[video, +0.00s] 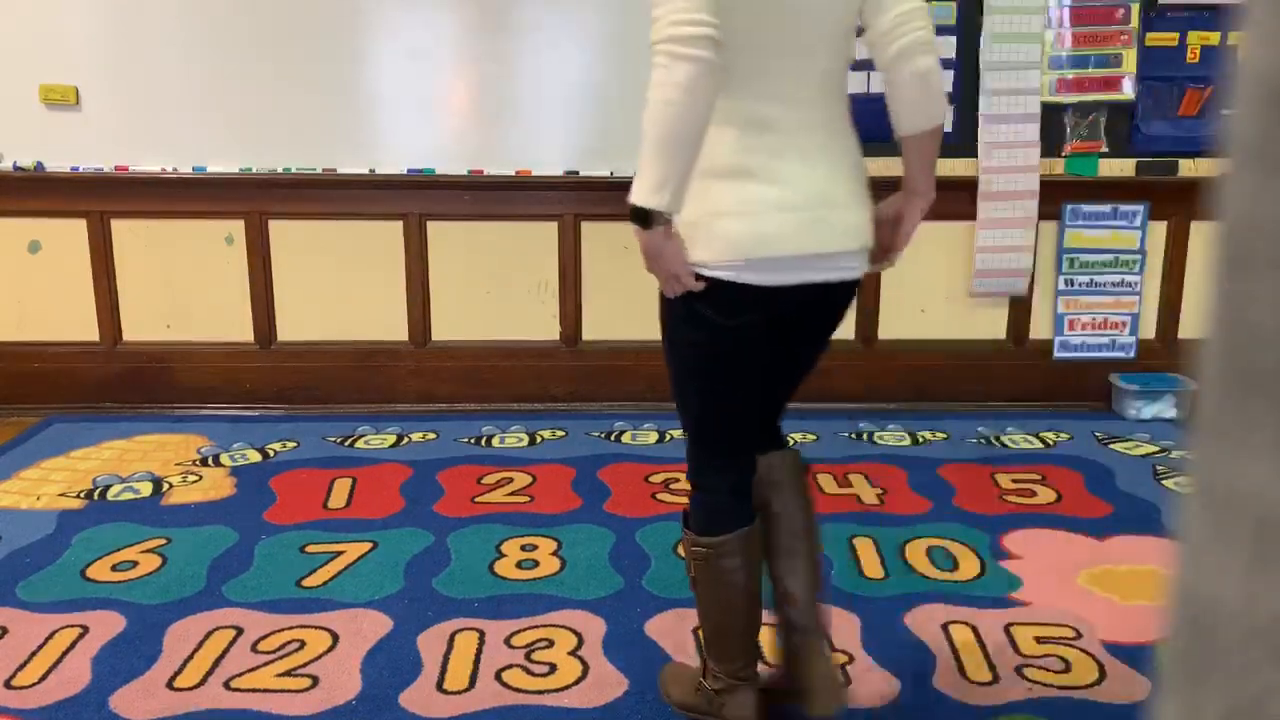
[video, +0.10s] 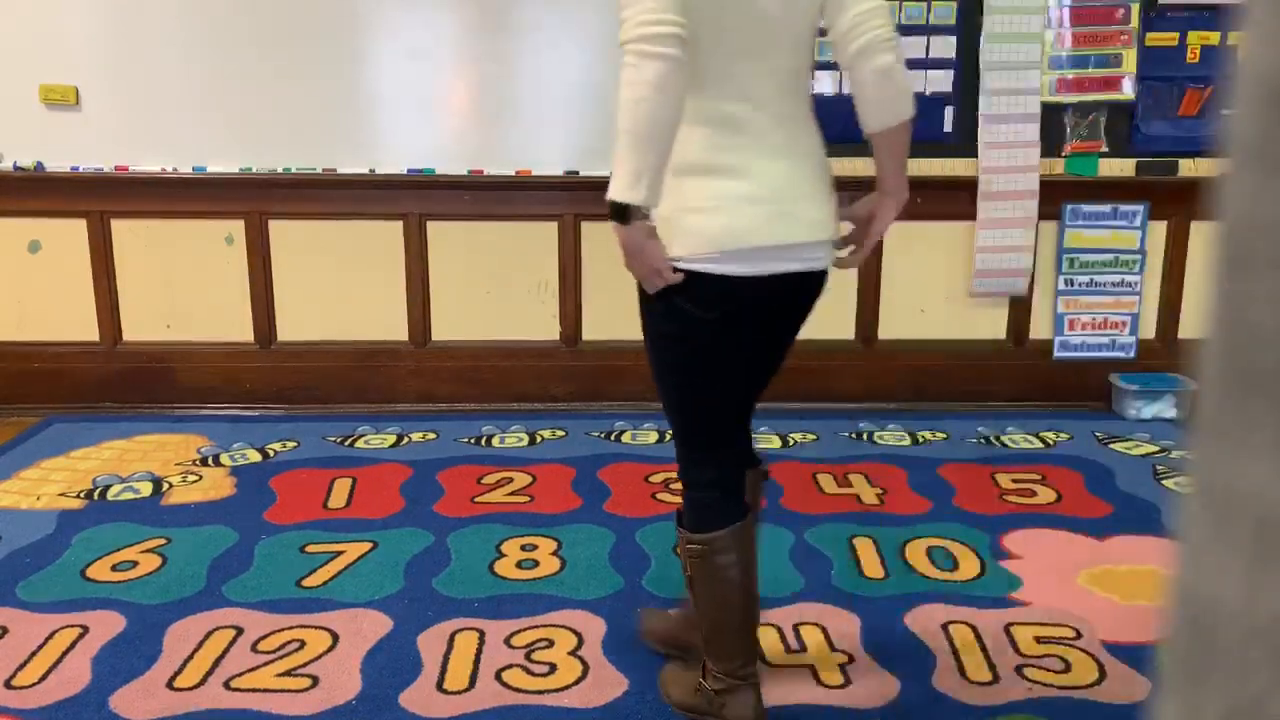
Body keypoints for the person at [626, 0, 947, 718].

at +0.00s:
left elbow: (690, 55)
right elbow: (909, 43)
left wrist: (651, 212)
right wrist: (919, 187)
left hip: (726, 237)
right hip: (835, 236)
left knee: (718, 464)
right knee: (759, 427)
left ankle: (729, 679)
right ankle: (808, 650)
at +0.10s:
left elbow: (657, 54)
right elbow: (872, 46)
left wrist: (629, 210)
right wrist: (893, 184)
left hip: (701, 239)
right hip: (801, 239)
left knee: (708, 459)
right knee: (723, 431)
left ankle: (731, 677)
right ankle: (714, 618)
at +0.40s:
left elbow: (573, 49)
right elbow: (774, 50)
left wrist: (544, 191)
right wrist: (794, 185)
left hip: (606, 221)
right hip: (705, 222)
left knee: (599, 431)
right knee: (665, 420)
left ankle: (681, 626)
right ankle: (636, 605)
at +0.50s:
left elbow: (547, 46)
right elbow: (748, 45)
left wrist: (523, 185)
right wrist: (768, 180)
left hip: (579, 215)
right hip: (680, 217)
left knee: (562, 402)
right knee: (656, 408)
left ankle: (613, 596)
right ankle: (642, 611)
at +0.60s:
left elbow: (516, 38)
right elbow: (716, 36)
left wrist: (496, 175)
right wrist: (738, 172)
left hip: (552, 204)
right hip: (654, 206)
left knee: (536, 401)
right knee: (647, 407)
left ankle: (538, 604)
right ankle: (641, 608)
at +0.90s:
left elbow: (420, 55)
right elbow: (615, 54)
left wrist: (394, 179)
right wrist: (652, 178)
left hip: (469, 192)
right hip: (569, 191)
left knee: (466, 387)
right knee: (573, 376)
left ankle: (471, 580)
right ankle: (608, 570)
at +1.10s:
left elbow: (391, 55)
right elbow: (585, 54)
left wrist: (349, 166)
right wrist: (617, 172)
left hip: (440, 197)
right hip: (535, 198)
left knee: (445, 378)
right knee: (505, 348)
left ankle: (467, 566)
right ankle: (515, 529)